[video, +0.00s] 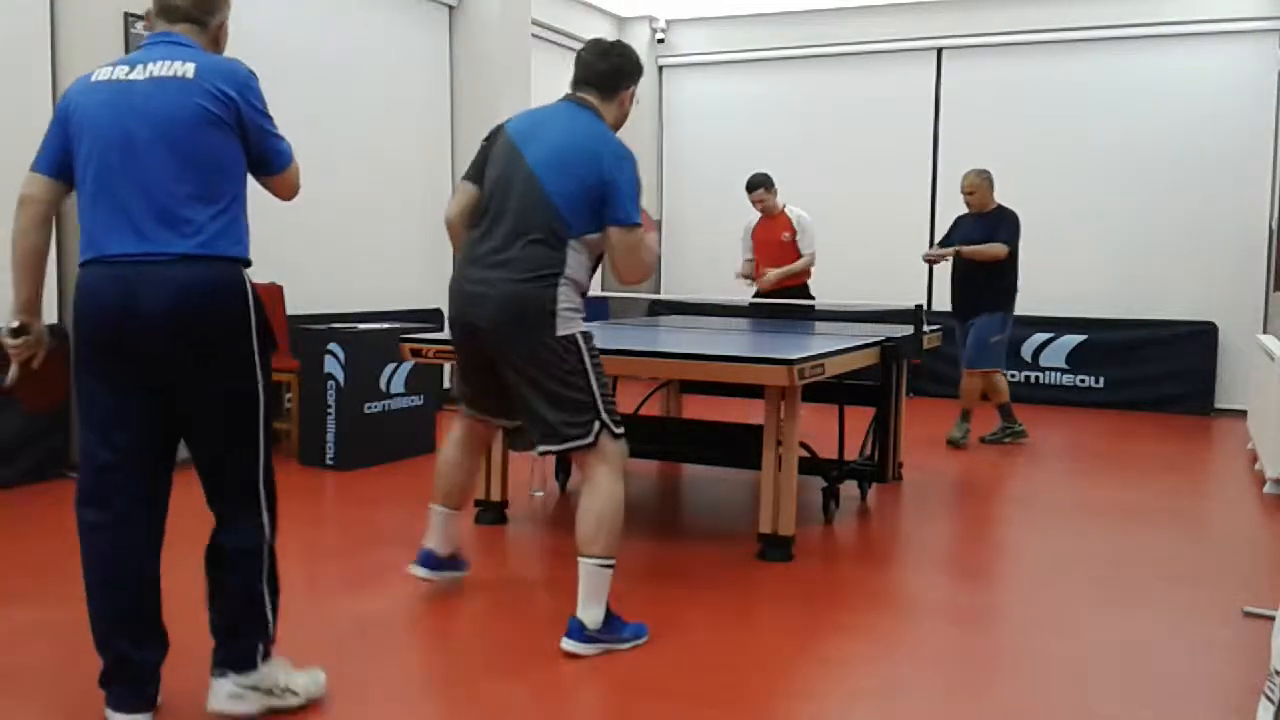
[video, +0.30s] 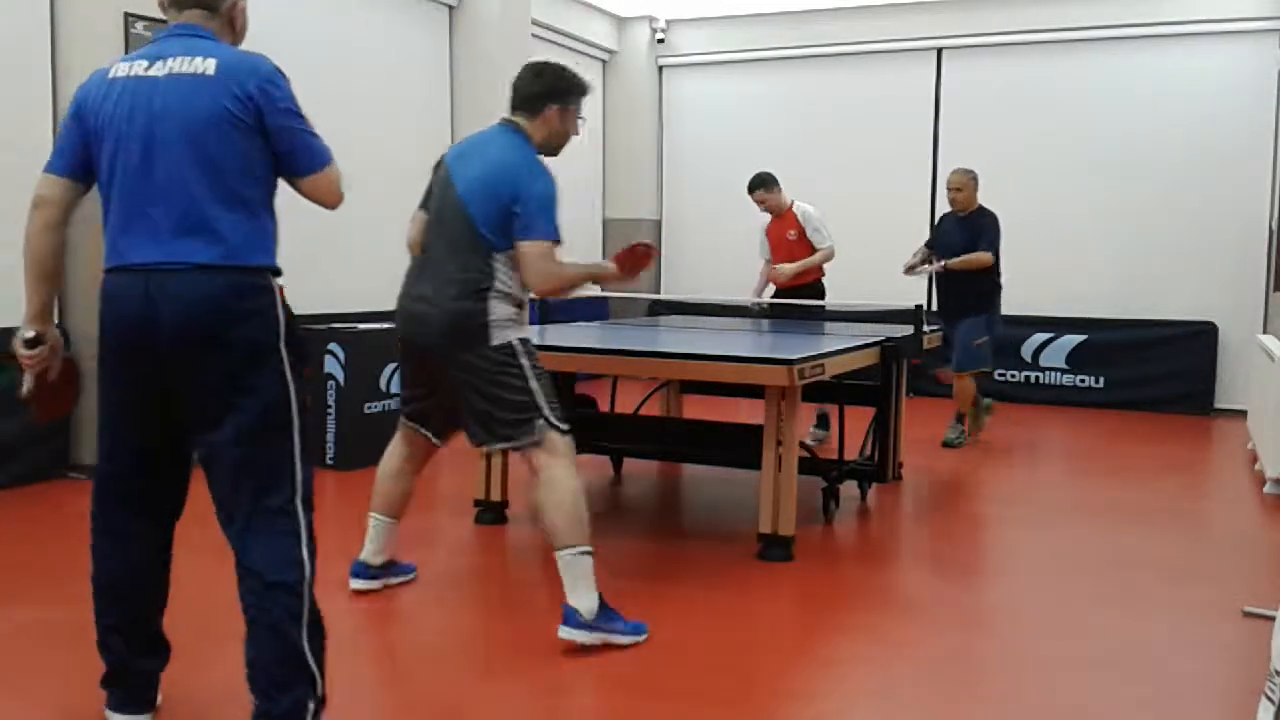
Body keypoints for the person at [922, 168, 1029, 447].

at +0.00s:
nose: (966, 199)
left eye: (971, 193)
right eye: (964, 194)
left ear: (989, 191)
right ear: (963, 193)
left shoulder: (1006, 219)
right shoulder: (962, 221)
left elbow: (1000, 251)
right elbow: (945, 246)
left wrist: (958, 251)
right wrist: (934, 255)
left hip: (994, 308)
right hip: (966, 307)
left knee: (971, 365)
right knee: (987, 367)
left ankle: (963, 424)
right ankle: (1011, 423)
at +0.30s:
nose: (952, 196)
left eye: (958, 190)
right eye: (949, 190)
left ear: (974, 191)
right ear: (946, 192)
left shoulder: (986, 220)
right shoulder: (946, 220)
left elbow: (986, 257)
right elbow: (931, 248)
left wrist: (946, 264)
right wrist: (917, 259)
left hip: (977, 308)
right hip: (949, 307)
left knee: (961, 367)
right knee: (957, 365)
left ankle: (959, 422)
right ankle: (977, 404)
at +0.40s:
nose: (944, 195)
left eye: (951, 189)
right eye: (940, 189)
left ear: (966, 190)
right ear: (936, 191)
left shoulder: (980, 220)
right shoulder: (938, 221)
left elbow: (987, 260)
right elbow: (927, 250)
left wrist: (948, 276)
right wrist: (907, 264)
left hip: (971, 308)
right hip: (941, 307)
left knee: (963, 368)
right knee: (939, 363)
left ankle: (959, 423)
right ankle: (948, 410)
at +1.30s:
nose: (932, 201)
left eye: (938, 196)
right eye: (927, 196)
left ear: (951, 197)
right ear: (921, 199)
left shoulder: (967, 228)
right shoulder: (918, 228)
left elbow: (986, 269)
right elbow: (907, 261)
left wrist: (972, 307)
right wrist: (909, 274)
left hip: (960, 313)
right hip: (926, 313)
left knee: (964, 372)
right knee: (913, 364)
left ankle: (971, 430)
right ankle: (909, 417)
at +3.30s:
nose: (925, 239)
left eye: (931, 233)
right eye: (920, 233)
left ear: (945, 233)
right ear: (915, 233)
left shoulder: (963, 254)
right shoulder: (914, 254)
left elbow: (999, 289)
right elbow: (908, 289)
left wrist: (977, 322)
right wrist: (908, 312)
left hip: (975, 320)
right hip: (940, 320)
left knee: (970, 371)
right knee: (924, 364)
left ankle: (971, 431)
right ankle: (926, 416)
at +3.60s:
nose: (922, 236)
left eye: (929, 230)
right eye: (918, 230)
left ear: (943, 231)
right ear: (914, 231)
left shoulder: (960, 253)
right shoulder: (913, 254)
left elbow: (994, 289)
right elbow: (907, 287)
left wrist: (974, 323)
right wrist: (907, 307)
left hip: (973, 320)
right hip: (938, 320)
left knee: (968, 370)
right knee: (920, 365)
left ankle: (971, 431)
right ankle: (926, 416)